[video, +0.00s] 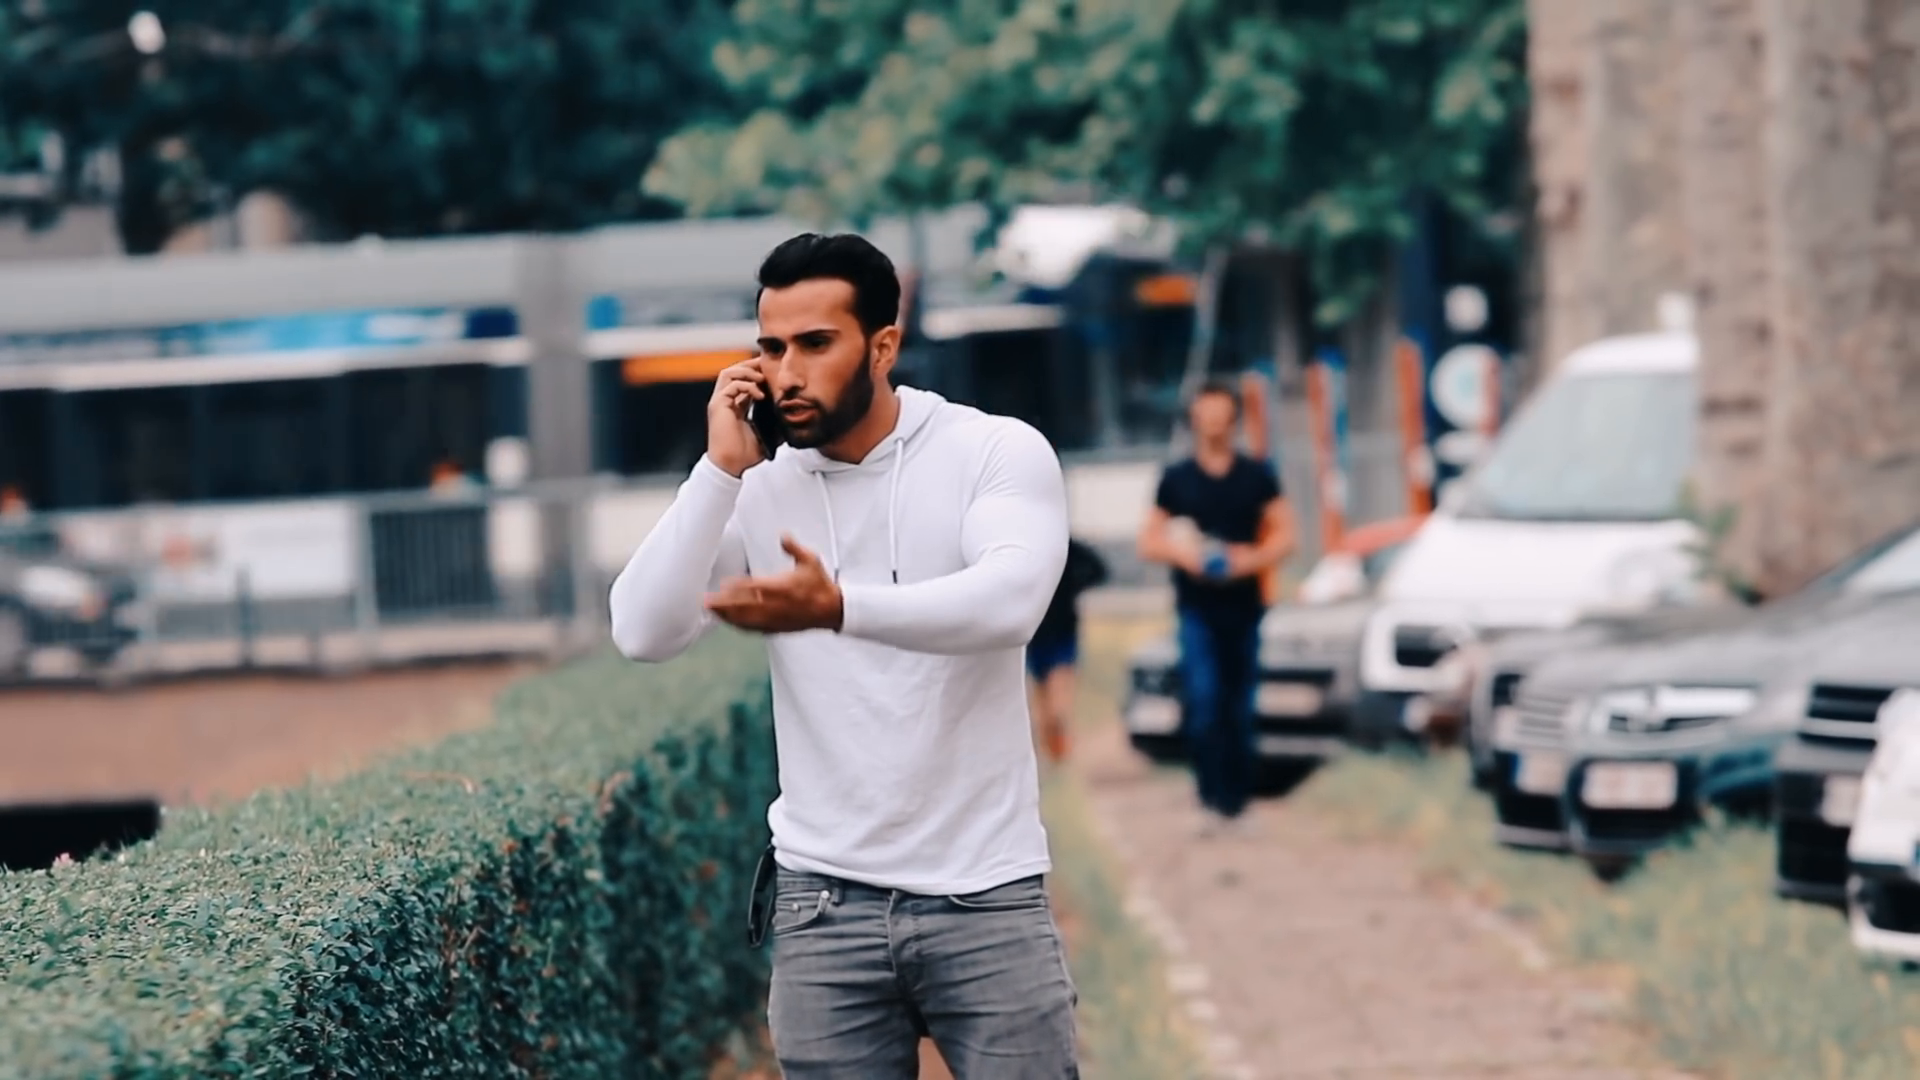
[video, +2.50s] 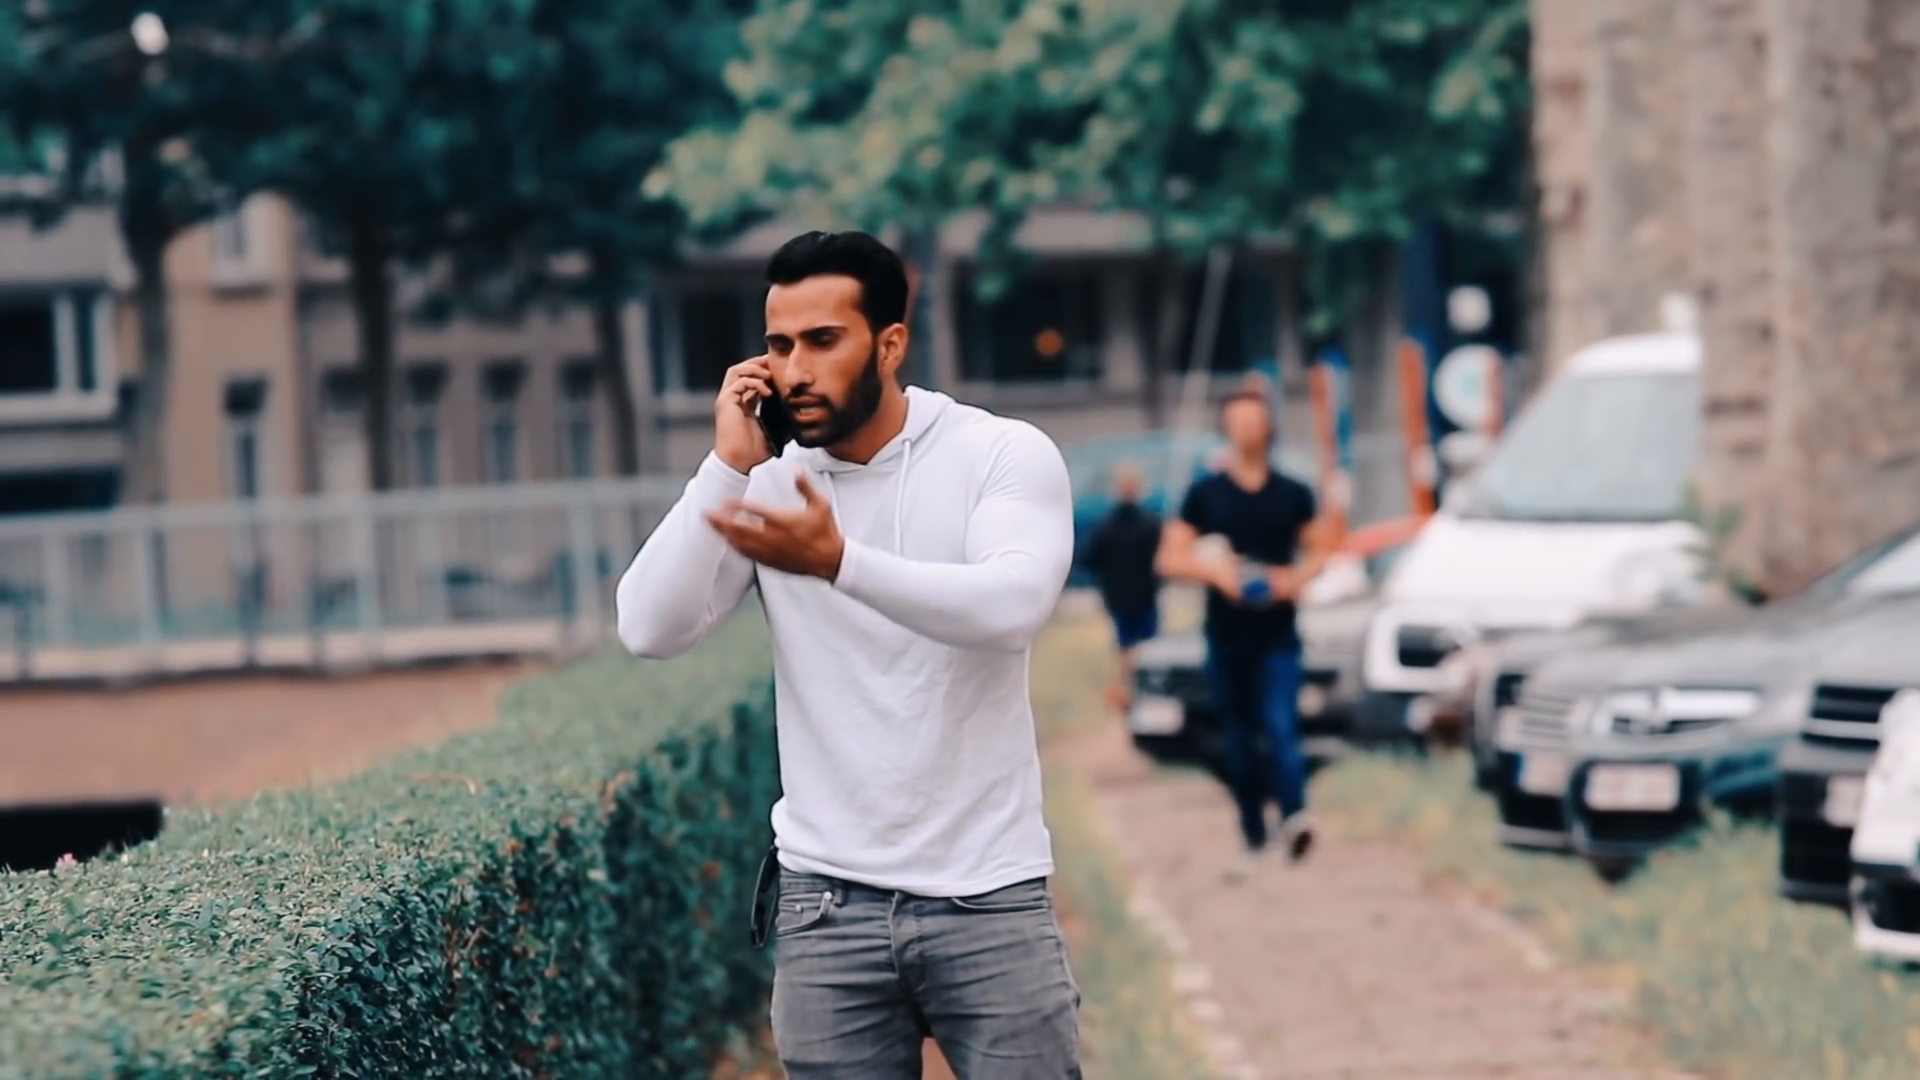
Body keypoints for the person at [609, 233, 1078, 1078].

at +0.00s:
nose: (784, 373)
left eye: (813, 344)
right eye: (770, 347)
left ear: (882, 347)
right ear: (755, 354)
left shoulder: (1001, 453)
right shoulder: (755, 490)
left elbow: (1007, 606)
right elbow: (643, 632)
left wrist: (838, 606)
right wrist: (720, 467)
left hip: (989, 898)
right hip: (821, 904)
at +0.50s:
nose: (790, 374)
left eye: (819, 345)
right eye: (778, 349)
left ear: (888, 347)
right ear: (763, 355)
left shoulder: (1006, 457)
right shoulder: (764, 487)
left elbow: (1014, 607)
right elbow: (645, 631)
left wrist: (838, 574)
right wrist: (723, 469)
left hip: (991, 897)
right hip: (822, 902)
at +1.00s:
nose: (786, 373)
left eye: (815, 344)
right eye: (774, 348)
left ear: (885, 347)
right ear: (759, 355)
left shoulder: (1004, 458)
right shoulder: (758, 491)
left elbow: (1009, 617)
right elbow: (643, 631)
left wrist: (854, 648)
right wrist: (723, 469)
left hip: (990, 900)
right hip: (821, 906)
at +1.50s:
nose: (784, 374)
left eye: (812, 343)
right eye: (770, 348)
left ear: (881, 346)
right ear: (755, 355)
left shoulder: (1000, 456)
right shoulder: (758, 482)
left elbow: (1004, 603)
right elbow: (640, 630)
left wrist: (827, 554)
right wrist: (716, 470)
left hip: (984, 897)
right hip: (816, 903)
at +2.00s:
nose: (782, 371)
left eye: (811, 342)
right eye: (769, 347)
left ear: (881, 345)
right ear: (755, 354)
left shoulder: (1000, 458)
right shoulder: (754, 490)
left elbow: (1003, 619)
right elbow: (641, 631)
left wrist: (856, 656)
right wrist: (720, 466)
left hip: (986, 900)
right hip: (817, 906)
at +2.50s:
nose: (792, 371)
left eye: (821, 341)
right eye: (779, 346)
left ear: (890, 344)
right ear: (764, 354)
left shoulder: (1009, 456)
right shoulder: (768, 483)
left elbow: (1011, 608)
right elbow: (648, 627)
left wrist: (836, 562)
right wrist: (725, 467)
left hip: (991, 896)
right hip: (823, 902)